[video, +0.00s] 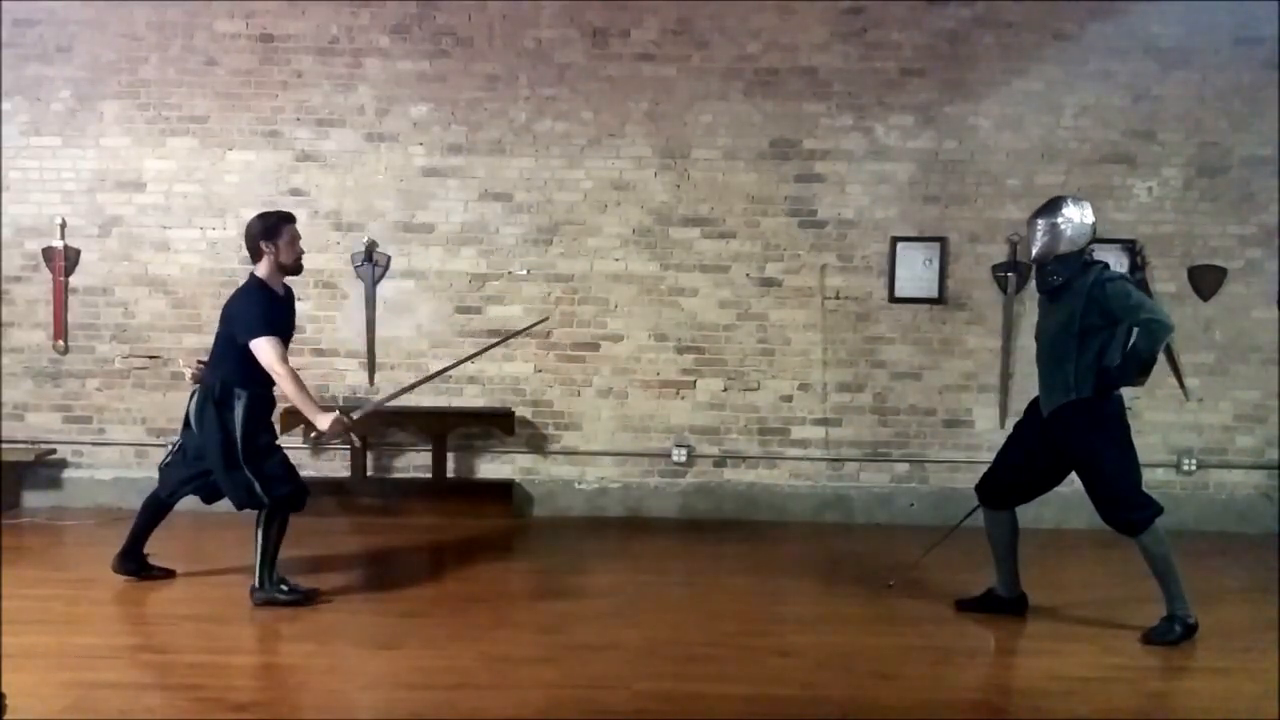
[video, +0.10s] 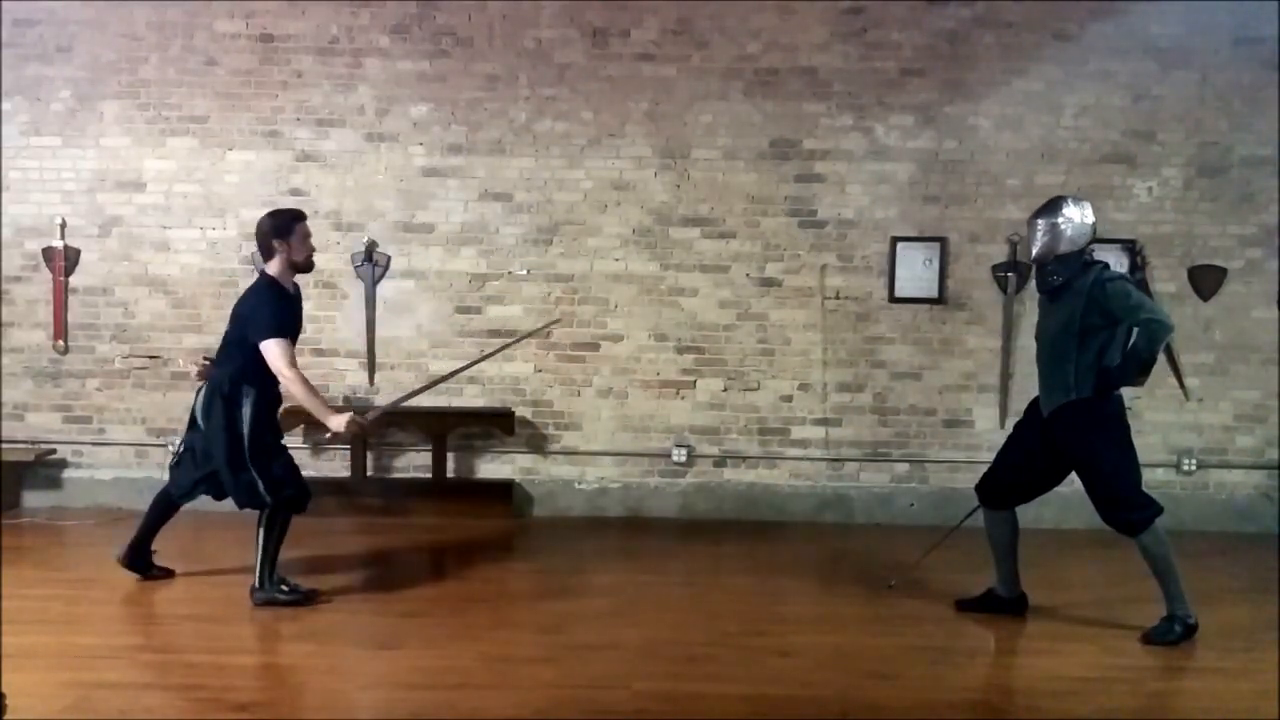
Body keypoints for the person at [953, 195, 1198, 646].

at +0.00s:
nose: (1035, 242)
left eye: (1043, 233)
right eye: (1035, 233)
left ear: (1067, 234)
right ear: (1056, 233)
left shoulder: (1100, 282)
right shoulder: (1052, 283)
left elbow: (1157, 322)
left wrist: (1129, 370)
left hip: (1094, 416)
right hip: (1051, 414)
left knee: (1131, 512)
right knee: (995, 492)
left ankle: (1180, 614)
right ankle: (1008, 592)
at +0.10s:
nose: (1035, 242)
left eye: (1043, 232)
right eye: (1035, 232)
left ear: (1067, 233)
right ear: (1055, 233)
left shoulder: (1100, 282)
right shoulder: (1053, 283)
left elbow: (1157, 322)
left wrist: (1129, 371)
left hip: (1094, 416)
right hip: (1051, 414)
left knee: (1132, 512)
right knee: (995, 492)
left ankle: (1180, 614)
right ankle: (1007, 592)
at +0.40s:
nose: (1036, 242)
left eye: (1045, 232)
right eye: (1036, 232)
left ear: (1069, 234)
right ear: (1053, 235)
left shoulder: (1102, 282)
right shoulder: (1054, 284)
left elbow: (1157, 321)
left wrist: (1127, 373)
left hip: (1095, 416)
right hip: (1051, 414)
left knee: (1131, 512)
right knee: (995, 493)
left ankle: (1180, 614)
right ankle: (1008, 592)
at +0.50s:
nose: (1036, 242)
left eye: (1043, 232)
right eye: (1035, 232)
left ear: (1068, 234)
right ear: (1056, 234)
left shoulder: (1101, 282)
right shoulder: (1055, 284)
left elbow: (1158, 321)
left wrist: (1127, 372)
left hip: (1095, 415)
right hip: (1052, 413)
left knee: (1130, 512)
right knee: (996, 492)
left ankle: (1180, 614)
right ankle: (1008, 593)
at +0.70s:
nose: (1036, 241)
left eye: (1045, 231)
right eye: (1036, 231)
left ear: (1070, 233)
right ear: (1054, 234)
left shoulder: (1100, 281)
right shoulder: (1057, 284)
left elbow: (1157, 321)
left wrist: (1125, 373)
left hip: (1096, 416)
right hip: (1053, 413)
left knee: (1130, 512)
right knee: (996, 492)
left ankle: (1181, 614)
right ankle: (1008, 593)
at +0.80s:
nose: (1036, 241)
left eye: (1045, 231)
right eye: (1036, 231)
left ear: (1070, 233)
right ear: (1055, 234)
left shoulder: (1100, 281)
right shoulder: (1056, 282)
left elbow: (1157, 321)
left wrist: (1126, 372)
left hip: (1095, 416)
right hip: (1053, 413)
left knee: (1131, 512)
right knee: (996, 492)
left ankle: (1181, 614)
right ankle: (1008, 593)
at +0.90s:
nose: (1038, 240)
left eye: (1047, 231)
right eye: (1038, 231)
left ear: (1072, 234)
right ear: (1052, 235)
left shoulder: (1101, 281)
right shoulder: (1057, 283)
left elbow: (1158, 321)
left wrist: (1123, 373)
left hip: (1096, 416)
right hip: (1053, 413)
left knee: (1129, 511)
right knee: (996, 492)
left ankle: (1180, 613)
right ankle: (1008, 592)